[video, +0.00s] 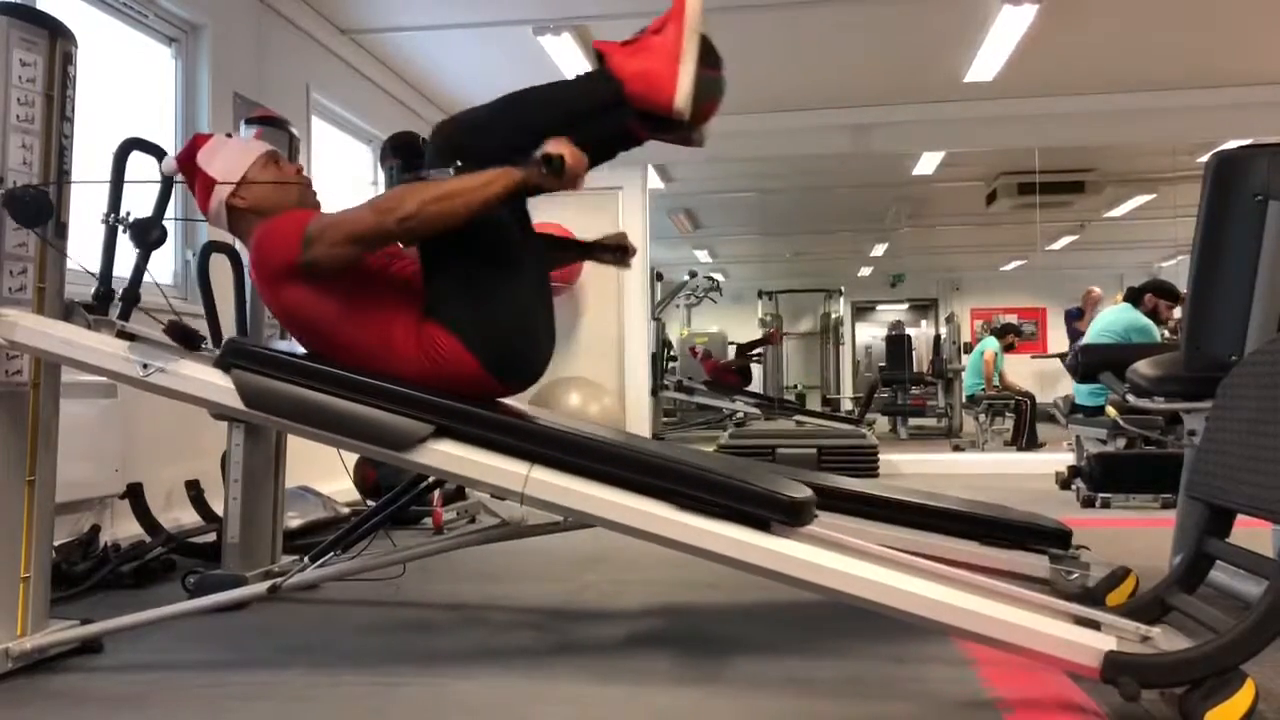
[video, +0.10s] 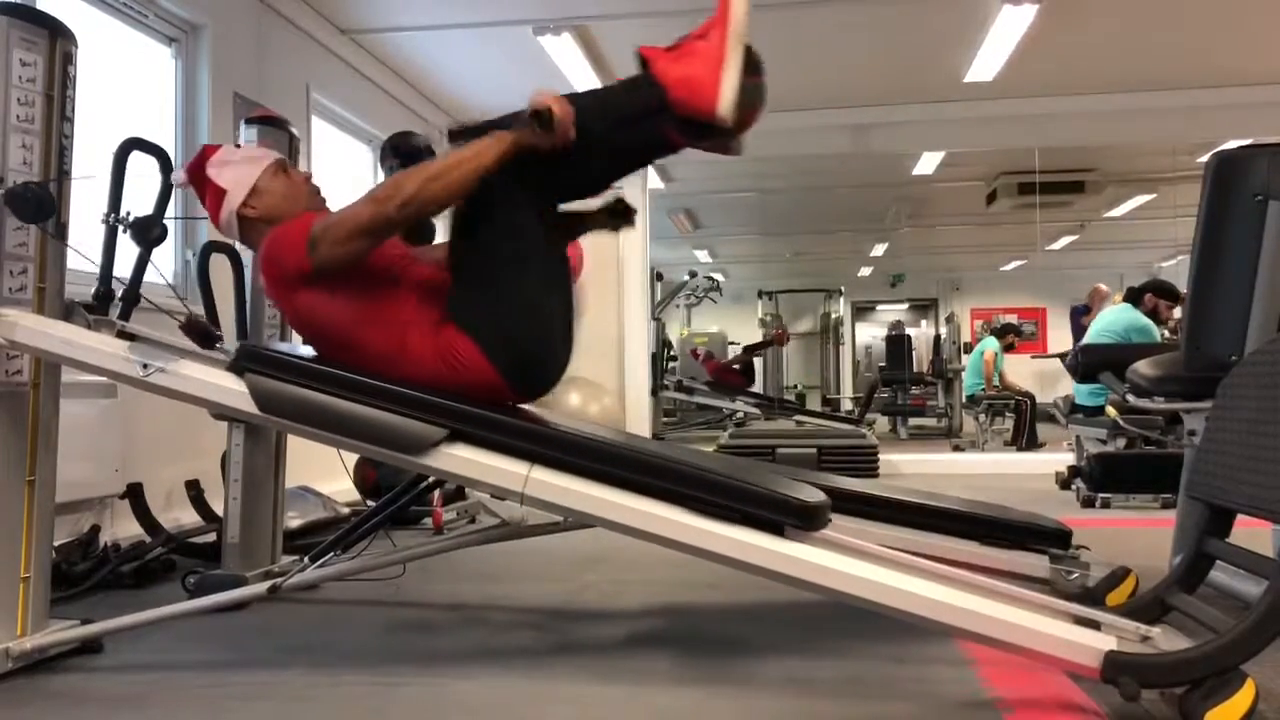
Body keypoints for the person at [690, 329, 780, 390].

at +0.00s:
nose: (709, 351)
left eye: (707, 349)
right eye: (707, 350)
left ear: (702, 357)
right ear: (705, 355)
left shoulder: (710, 365)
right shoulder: (711, 365)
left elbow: (733, 362)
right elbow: (733, 363)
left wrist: (754, 357)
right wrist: (753, 361)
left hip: (740, 379)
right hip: (743, 380)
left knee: (740, 349)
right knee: (740, 350)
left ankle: (767, 339)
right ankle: (768, 340)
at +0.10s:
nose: (713, 353)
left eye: (710, 352)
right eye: (710, 353)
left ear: (703, 360)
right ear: (708, 356)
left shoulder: (712, 368)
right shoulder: (713, 366)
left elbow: (732, 362)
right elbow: (733, 361)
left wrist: (745, 358)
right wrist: (746, 359)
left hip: (742, 381)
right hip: (745, 380)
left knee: (746, 351)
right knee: (747, 351)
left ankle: (773, 340)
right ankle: (774, 340)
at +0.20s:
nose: (714, 353)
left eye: (711, 352)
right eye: (711, 353)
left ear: (706, 361)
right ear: (710, 358)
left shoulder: (715, 369)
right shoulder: (716, 368)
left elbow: (734, 359)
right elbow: (736, 359)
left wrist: (746, 348)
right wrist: (748, 347)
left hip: (747, 381)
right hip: (750, 382)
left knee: (754, 351)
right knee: (754, 352)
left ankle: (781, 342)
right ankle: (782, 342)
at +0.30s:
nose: (718, 355)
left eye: (715, 354)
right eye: (715, 355)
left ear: (710, 362)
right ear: (714, 359)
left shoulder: (719, 371)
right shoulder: (721, 370)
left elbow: (735, 358)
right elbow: (738, 357)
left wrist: (742, 345)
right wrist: (747, 343)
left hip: (751, 385)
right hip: (755, 383)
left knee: (764, 357)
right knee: (764, 355)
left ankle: (793, 345)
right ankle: (794, 346)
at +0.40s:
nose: (719, 356)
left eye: (716, 355)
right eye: (716, 356)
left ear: (713, 364)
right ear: (716, 360)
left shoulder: (726, 370)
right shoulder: (725, 372)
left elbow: (739, 356)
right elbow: (739, 356)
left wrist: (741, 340)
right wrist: (742, 339)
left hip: (759, 382)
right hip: (761, 385)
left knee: (773, 359)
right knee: (774, 358)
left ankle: (803, 350)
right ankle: (804, 350)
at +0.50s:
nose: (729, 359)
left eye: (727, 357)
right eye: (726, 358)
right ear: (724, 361)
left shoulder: (730, 374)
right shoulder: (730, 373)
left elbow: (740, 355)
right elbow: (741, 355)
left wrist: (737, 339)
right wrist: (738, 338)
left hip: (765, 389)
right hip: (766, 385)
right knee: (784, 362)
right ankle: (813, 353)